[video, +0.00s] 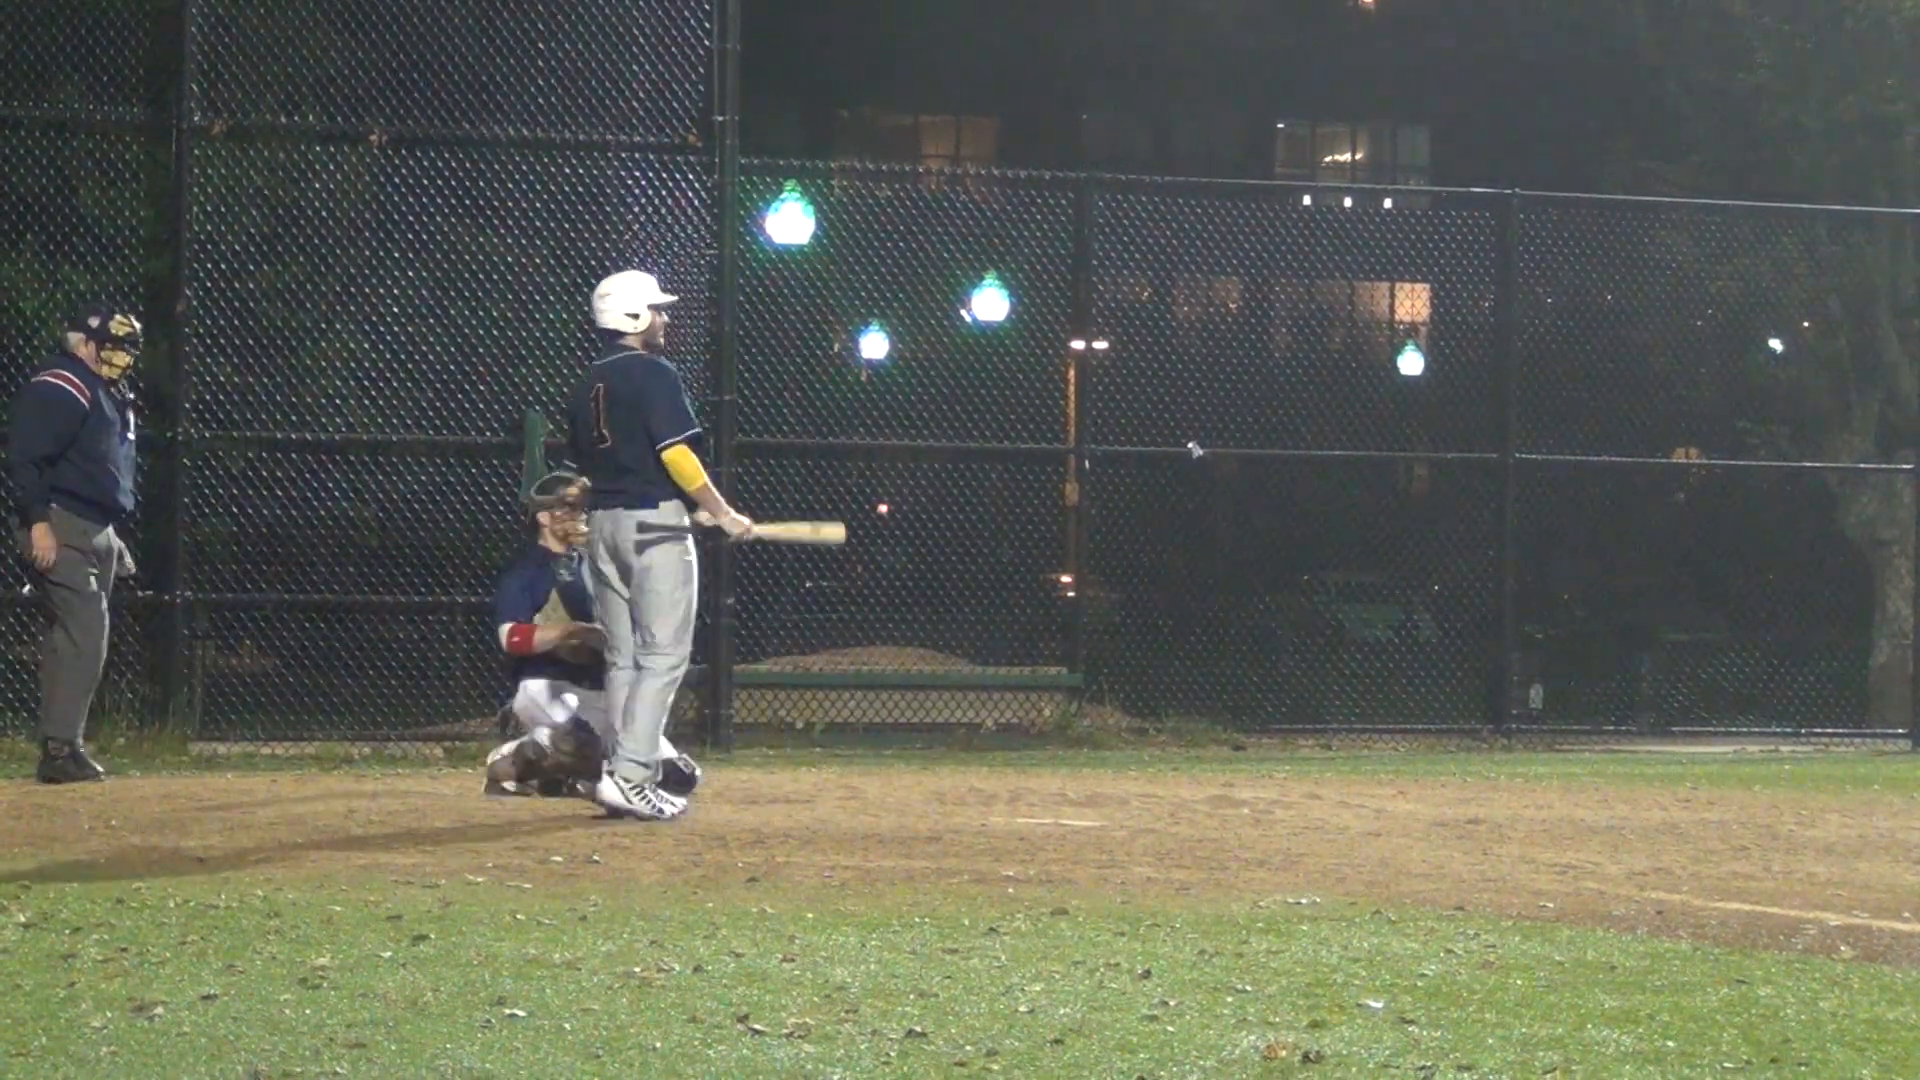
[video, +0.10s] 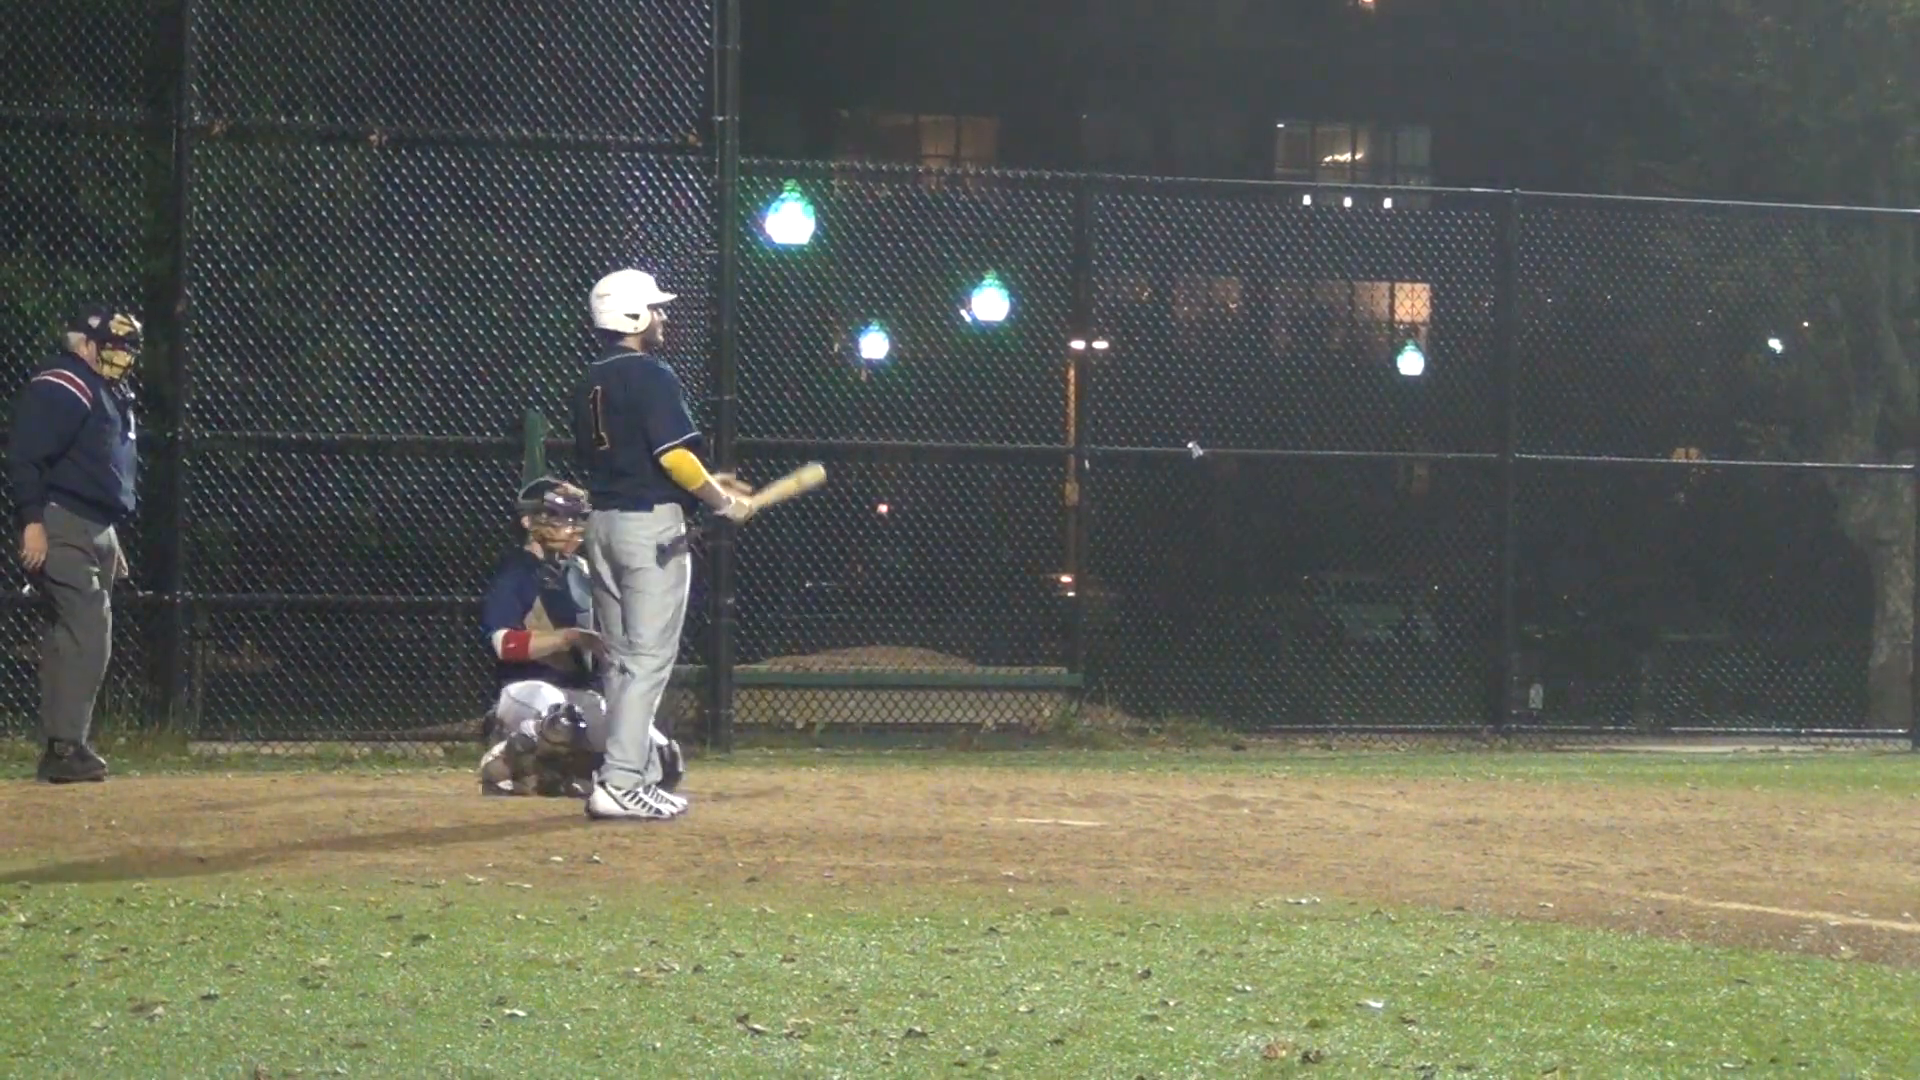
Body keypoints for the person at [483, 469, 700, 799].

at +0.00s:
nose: (567, 515)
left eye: (575, 506)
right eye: (557, 507)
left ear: (588, 512)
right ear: (539, 516)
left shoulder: (603, 560)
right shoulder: (528, 568)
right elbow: (511, 637)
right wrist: (569, 632)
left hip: (609, 689)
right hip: (548, 687)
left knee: (677, 775)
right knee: (585, 746)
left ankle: (574, 778)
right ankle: (512, 765)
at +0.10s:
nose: (572, 532)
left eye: (576, 523)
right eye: (560, 523)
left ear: (584, 524)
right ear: (529, 523)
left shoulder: (586, 571)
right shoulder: (517, 572)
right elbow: (505, 644)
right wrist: (570, 637)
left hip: (586, 693)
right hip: (528, 688)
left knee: (664, 759)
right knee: (564, 724)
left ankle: (561, 769)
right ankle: (508, 763)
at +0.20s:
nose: (556, 528)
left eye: (563, 519)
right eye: (546, 518)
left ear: (575, 524)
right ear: (522, 520)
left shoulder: (577, 569)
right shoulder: (509, 569)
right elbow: (507, 641)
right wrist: (573, 634)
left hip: (572, 685)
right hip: (512, 681)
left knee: (653, 725)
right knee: (562, 710)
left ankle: (558, 768)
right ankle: (498, 759)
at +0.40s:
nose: (544, 522)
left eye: (556, 514)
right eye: (537, 512)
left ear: (571, 522)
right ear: (522, 516)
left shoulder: (572, 565)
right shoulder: (505, 560)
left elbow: (583, 635)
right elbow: (520, 633)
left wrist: (623, 633)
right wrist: (586, 622)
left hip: (545, 676)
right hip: (491, 677)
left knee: (620, 695)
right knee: (554, 700)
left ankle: (536, 763)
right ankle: (485, 760)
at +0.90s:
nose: (570, 544)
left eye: (572, 535)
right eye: (560, 535)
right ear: (533, 539)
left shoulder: (560, 583)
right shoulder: (503, 581)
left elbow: (573, 651)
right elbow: (518, 658)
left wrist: (614, 666)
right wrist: (564, 608)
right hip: (471, 688)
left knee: (603, 690)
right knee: (547, 691)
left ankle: (528, 764)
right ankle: (479, 763)